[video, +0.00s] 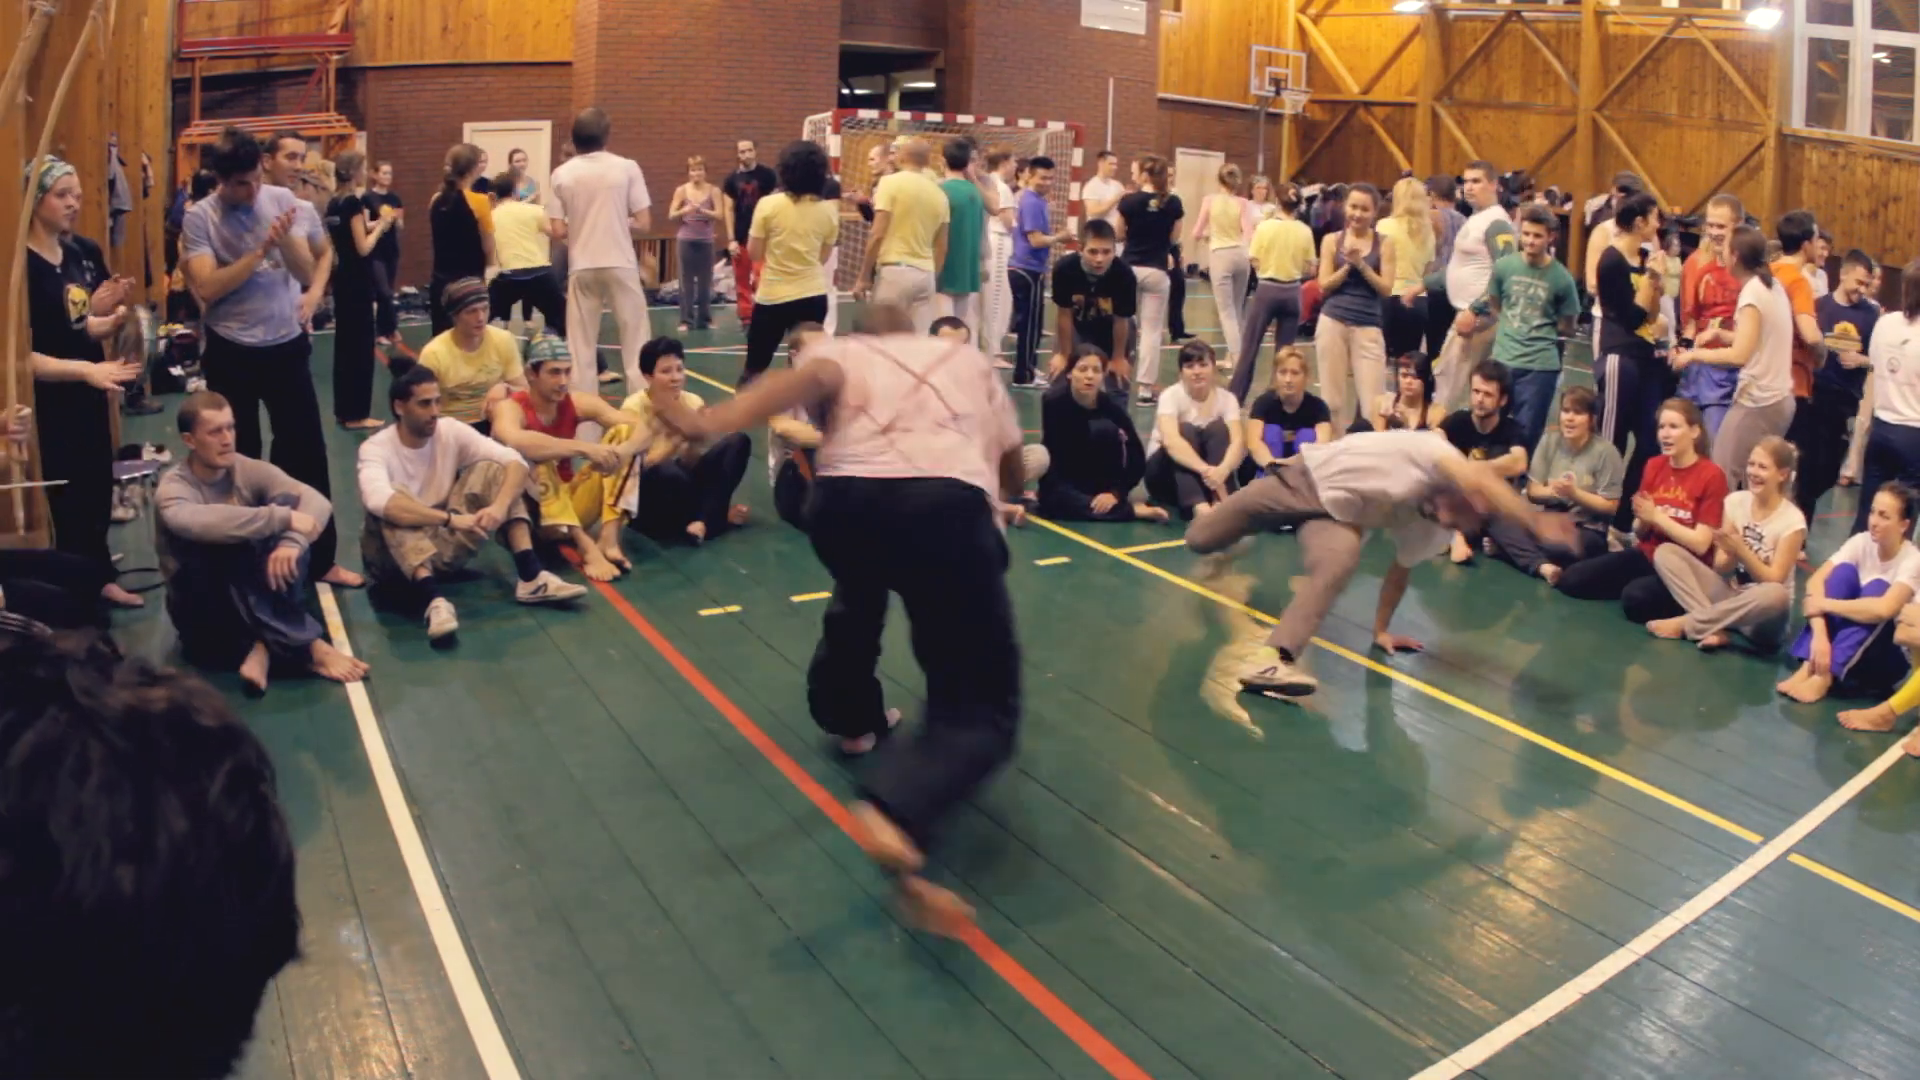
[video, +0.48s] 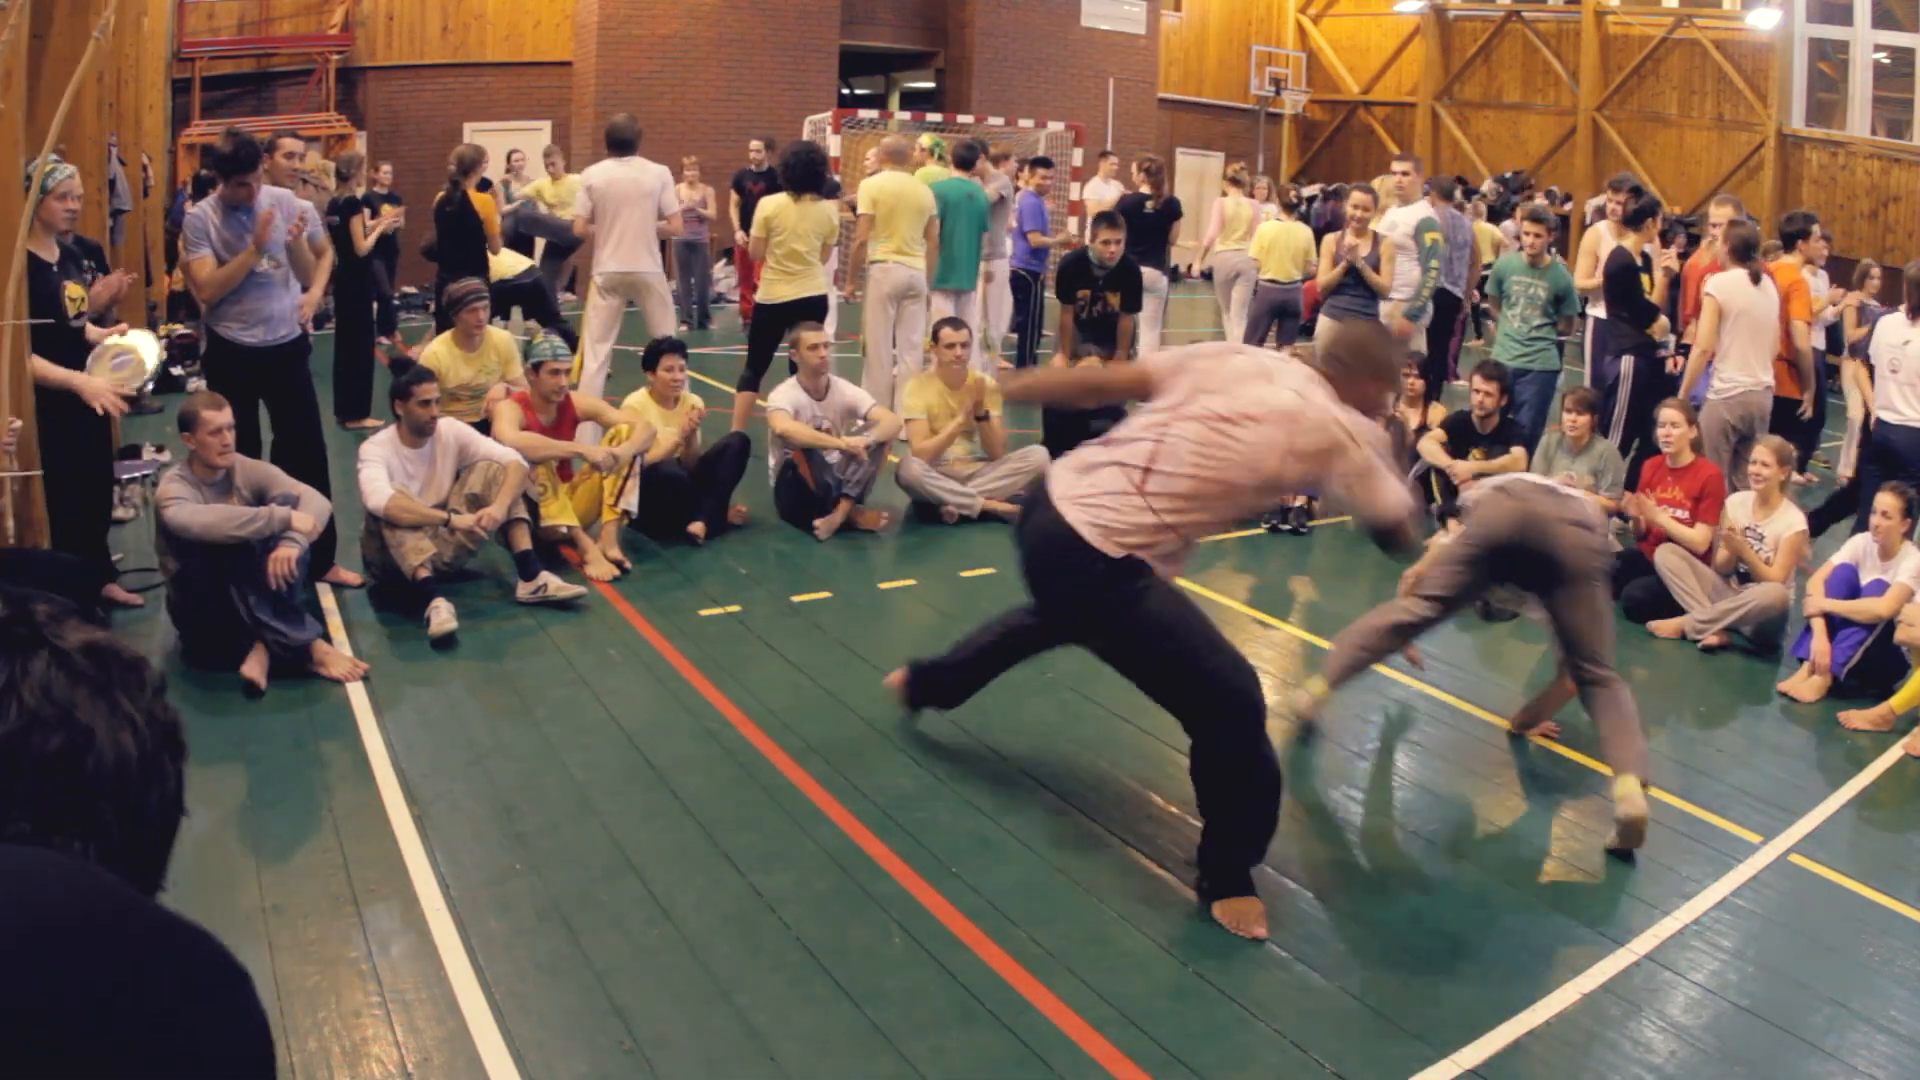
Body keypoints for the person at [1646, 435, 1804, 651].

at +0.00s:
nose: (1753, 472)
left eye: (1763, 467)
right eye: (1751, 464)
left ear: (1783, 475)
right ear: (1745, 466)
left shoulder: (1793, 520)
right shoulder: (1734, 501)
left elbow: (1775, 578)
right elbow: (1720, 566)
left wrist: (1739, 549)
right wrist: (1732, 552)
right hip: (1727, 596)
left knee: (1775, 594)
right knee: (1666, 552)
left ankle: (1685, 624)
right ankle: (1712, 629)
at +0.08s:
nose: (1753, 473)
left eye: (1762, 467)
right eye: (1751, 465)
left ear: (1783, 475)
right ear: (1745, 466)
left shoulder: (1793, 520)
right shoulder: (1734, 502)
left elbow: (1777, 579)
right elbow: (1719, 567)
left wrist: (1741, 552)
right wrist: (1730, 554)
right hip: (1728, 596)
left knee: (1775, 594)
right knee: (1666, 553)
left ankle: (1685, 625)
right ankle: (1712, 629)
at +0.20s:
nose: (1753, 473)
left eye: (1762, 467)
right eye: (1751, 465)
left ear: (1783, 475)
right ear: (1745, 466)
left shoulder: (1793, 520)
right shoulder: (1734, 501)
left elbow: (1778, 579)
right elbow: (1719, 568)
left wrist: (1745, 554)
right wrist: (1727, 551)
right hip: (1727, 596)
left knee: (1775, 594)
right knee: (1665, 552)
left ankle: (1684, 624)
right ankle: (1712, 629)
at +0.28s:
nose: (1754, 472)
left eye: (1763, 466)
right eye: (1751, 464)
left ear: (1783, 475)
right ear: (1745, 465)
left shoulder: (1794, 520)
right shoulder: (1735, 501)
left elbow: (1777, 579)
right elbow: (1719, 567)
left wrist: (1744, 552)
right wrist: (1728, 550)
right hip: (1726, 594)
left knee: (1775, 594)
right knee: (1665, 552)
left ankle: (1684, 625)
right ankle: (1712, 629)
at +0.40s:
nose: (1754, 471)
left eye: (1764, 465)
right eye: (1752, 463)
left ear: (1783, 473)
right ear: (1746, 465)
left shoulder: (1794, 520)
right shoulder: (1735, 502)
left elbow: (1776, 578)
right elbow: (1719, 566)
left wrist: (1741, 550)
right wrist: (1735, 550)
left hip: (1760, 606)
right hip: (1726, 594)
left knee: (1775, 594)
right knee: (1666, 552)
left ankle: (1685, 624)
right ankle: (1712, 629)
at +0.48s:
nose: (1755, 470)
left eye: (1765, 465)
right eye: (1752, 463)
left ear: (1784, 473)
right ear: (1747, 465)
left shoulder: (1794, 520)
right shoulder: (1735, 502)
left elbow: (1777, 579)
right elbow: (1719, 567)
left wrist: (1742, 550)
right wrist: (1733, 549)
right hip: (1726, 595)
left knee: (1775, 594)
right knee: (1666, 552)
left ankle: (1684, 625)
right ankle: (1712, 629)